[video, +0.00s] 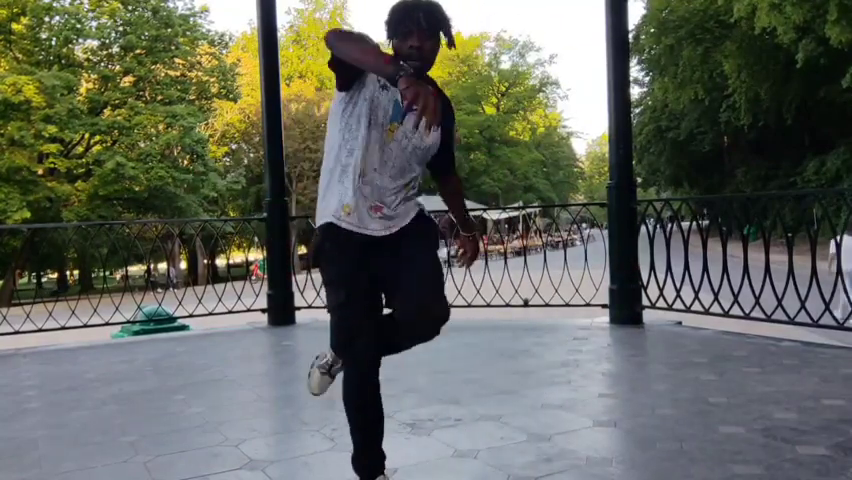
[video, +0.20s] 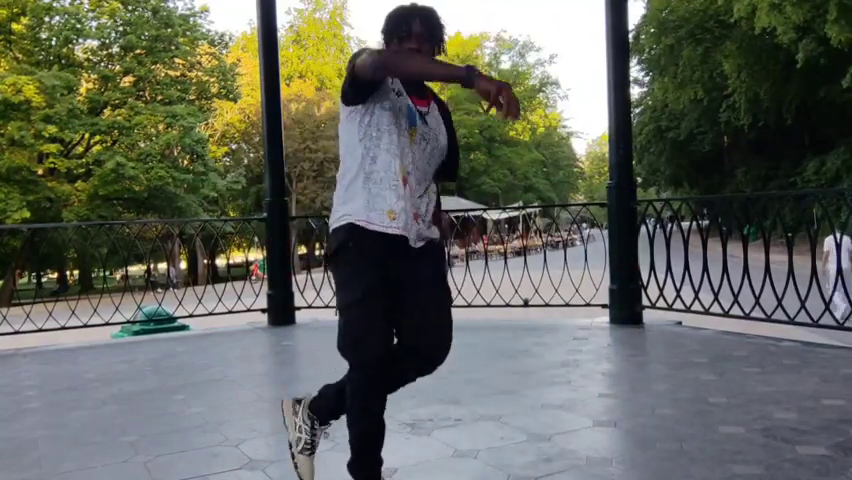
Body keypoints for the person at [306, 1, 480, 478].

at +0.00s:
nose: (418, 46)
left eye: (428, 38)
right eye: (408, 36)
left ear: (440, 44)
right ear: (393, 39)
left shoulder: (438, 106)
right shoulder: (361, 74)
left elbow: (445, 172)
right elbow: (336, 39)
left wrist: (465, 223)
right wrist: (402, 76)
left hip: (405, 224)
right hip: (344, 227)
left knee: (426, 319)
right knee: (360, 353)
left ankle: (346, 348)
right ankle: (370, 469)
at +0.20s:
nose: (423, 53)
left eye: (430, 47)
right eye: (416, 43)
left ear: (437, 52)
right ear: (392, 43)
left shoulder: (437, 110)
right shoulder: (364, 77)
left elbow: (427, 183)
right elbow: (382, 63)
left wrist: (440, 225)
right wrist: (469, 76)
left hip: (418, 242)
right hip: (362, 234)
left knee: (428, 348)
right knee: (370, 358)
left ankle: (313, 412)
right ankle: (367, 473)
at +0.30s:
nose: (416, 53)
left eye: (426, 47)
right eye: (406, 43)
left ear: (436, 52)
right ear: (388, 46)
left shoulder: (433, 114)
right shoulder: (366, 74)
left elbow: (424, 188)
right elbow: (415, 88)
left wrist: (439, 232)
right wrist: (506, 101)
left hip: (426, 244)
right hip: (370, 236)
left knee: (445, 346)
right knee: (383, 361)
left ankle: (334, 409)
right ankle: (373, 472)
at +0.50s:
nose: (433, 61)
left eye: (442, 54)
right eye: (423, 50)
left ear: (448, 59)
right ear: (402, 51)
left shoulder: (416, 101)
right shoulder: (392, 88)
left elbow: (399, 182)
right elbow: (442, 158)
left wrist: (365, 255)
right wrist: (503, 167)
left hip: (421, 235)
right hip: (384, 237)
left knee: (468, 329)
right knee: (418, 355)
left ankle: (386, 414)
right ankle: (402, 472)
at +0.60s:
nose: (444, 64)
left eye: (454, 56)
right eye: (434, 53)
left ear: (461, 64)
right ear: (413, 57)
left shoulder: (418, 102)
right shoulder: (404, 98)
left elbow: (378, 176)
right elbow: (441, 180)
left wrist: (358, 236)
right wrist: (494, 213)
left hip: (421, 235)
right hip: (390, 237)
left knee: (470, 318)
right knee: (427, 344)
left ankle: (419, 421)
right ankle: (400, 469)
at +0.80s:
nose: (463, 82)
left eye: (471, 74)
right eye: (456, 71)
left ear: (477, 76)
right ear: (435, 69)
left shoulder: (418, 106)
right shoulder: (424, 111)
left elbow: (377, 156)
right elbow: (421, 198)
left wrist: (375, 214)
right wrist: (454, 276)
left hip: (408, 237)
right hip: (408, 240)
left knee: (453, 331)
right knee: (451, 336)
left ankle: (418, 432)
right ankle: (407, 458)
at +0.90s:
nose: (466, 82)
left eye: (473, 76)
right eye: (459, 72)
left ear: (476, 79)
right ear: (439, 71)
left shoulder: (445, 119)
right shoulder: (416, 109)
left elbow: (431, 189)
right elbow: (390, 184)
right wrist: (399, 261)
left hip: (440, 240)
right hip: (426, 242)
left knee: (456, 328)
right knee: (482, 329)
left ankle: (417, 418)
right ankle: (437, 434)